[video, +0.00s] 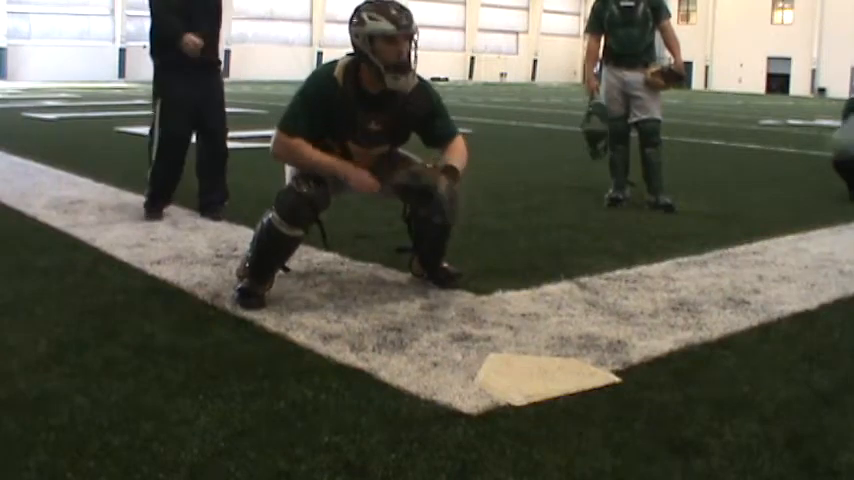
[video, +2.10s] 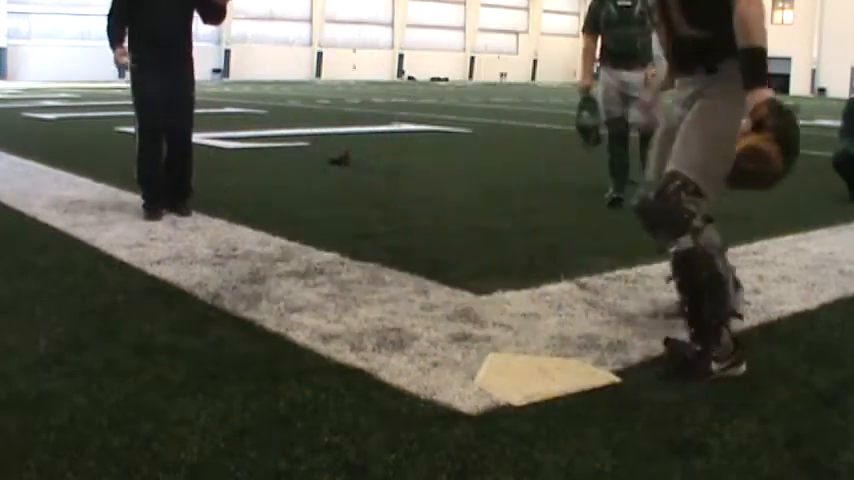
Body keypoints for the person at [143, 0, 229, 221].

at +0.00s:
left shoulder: (212, 4)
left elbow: (212, 21)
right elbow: (160, 15)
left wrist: (203, 39)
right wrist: (180, 36)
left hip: (208, 66)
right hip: (174, 66)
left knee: (214, 138)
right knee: (173, 137)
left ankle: (212, 205)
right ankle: (156, 202)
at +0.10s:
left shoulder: (215, 4)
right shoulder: (154, 3)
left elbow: (218, 27)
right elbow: (147, 15)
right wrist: (154, 40)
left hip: (203, 68)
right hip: (168, 67)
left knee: (213, 141)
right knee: (167, 140)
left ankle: (212, 205)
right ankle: (155, 202)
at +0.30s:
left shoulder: (217, 4)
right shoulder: (147, 2)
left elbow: (222, 21)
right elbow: (135, 12)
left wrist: (237, 55)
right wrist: (121, 47)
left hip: (201, 70)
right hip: (163, 69)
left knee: (207, 139)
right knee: (161, 140)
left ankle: (212, 205)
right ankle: (153, 204)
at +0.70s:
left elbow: (218, 14)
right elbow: (132, 14)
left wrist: (216, 54)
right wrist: (128, 54)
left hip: (196, 63)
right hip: (158, 62)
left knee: (202, 137)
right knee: (158, 137)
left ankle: (211, 203)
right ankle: (154, 202)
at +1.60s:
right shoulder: (124, 3)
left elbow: (199, 21)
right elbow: (113, 23)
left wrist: (211, 21)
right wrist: (122, 49)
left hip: (177, 64)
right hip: (143, 65)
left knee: (180, 136)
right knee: (148, 137)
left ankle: (179, 199)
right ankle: (152, 202)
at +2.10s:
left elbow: (213, 15)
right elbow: (116, 17)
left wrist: (221, 2)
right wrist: (118, 47)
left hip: (180, 65)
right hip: (145, 65)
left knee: (181, 135)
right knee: (149, 135)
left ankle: (180, 199)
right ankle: (152, 202)